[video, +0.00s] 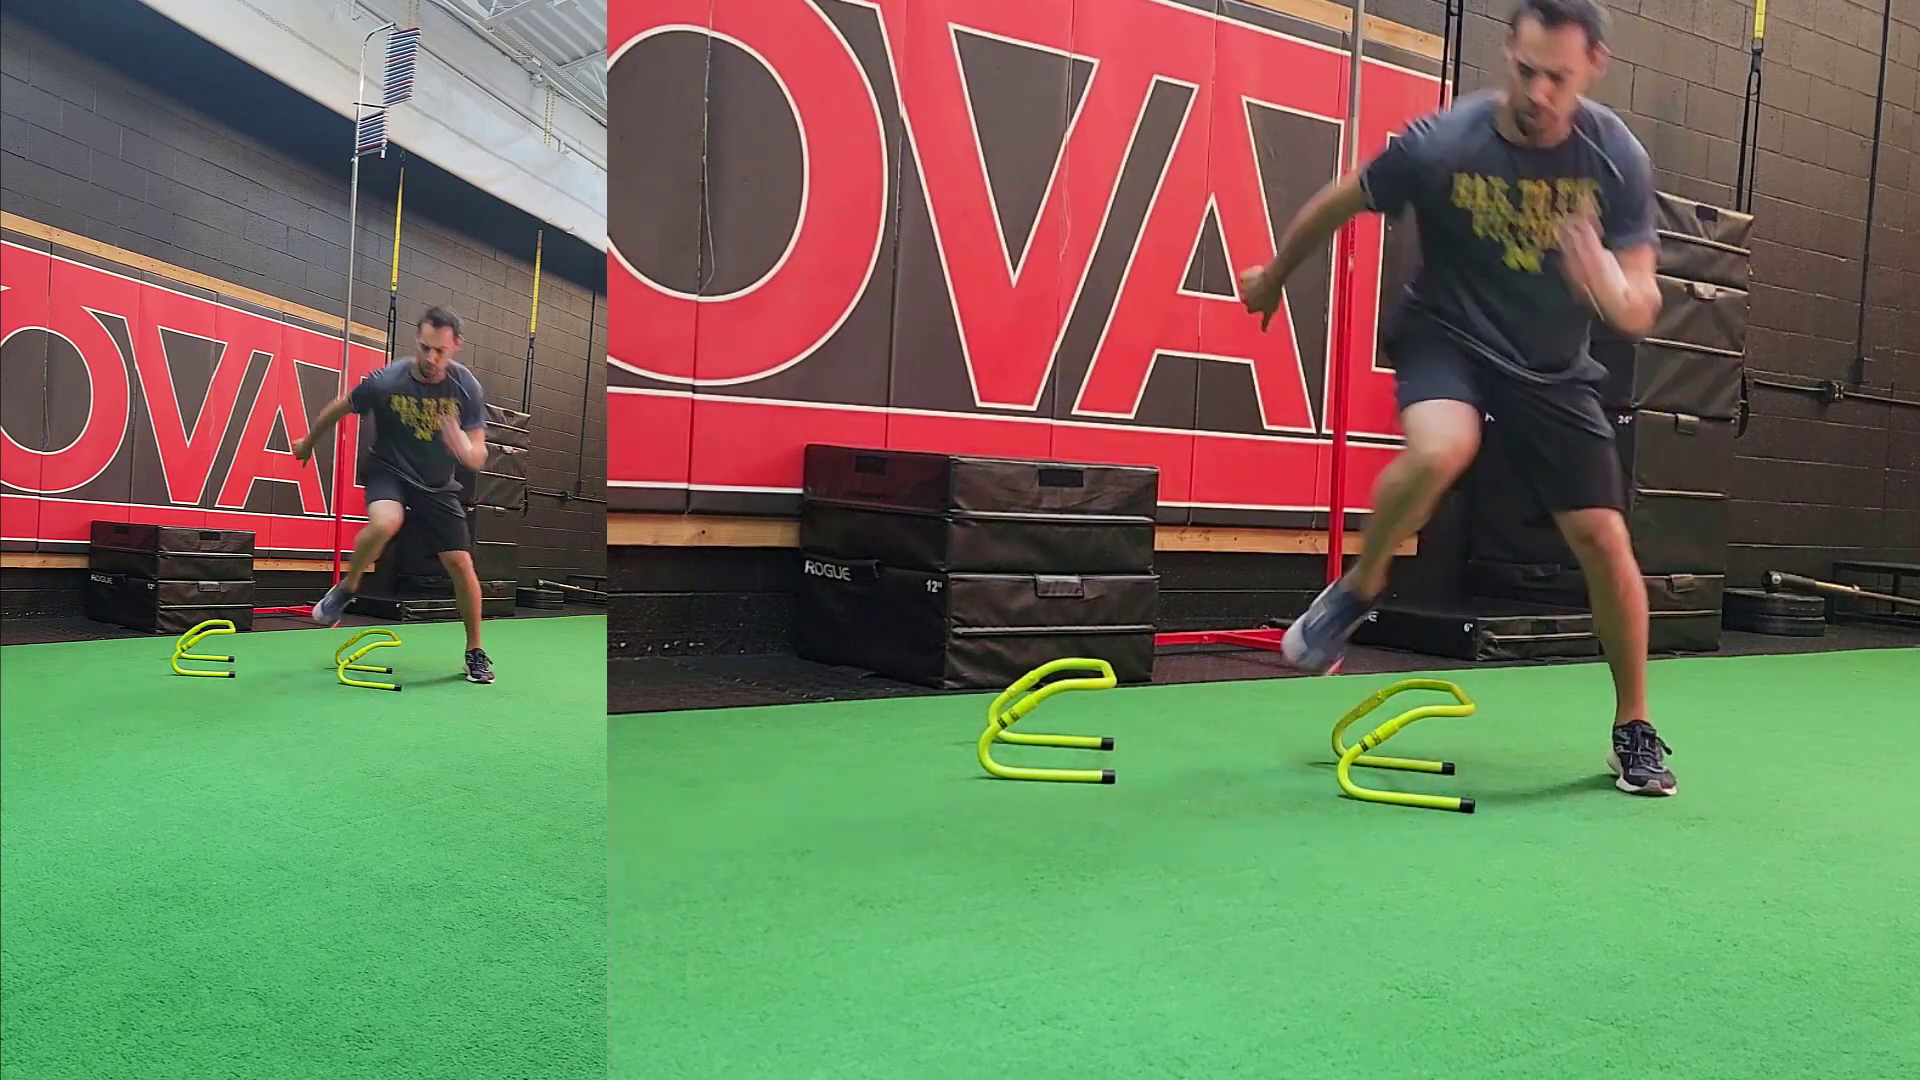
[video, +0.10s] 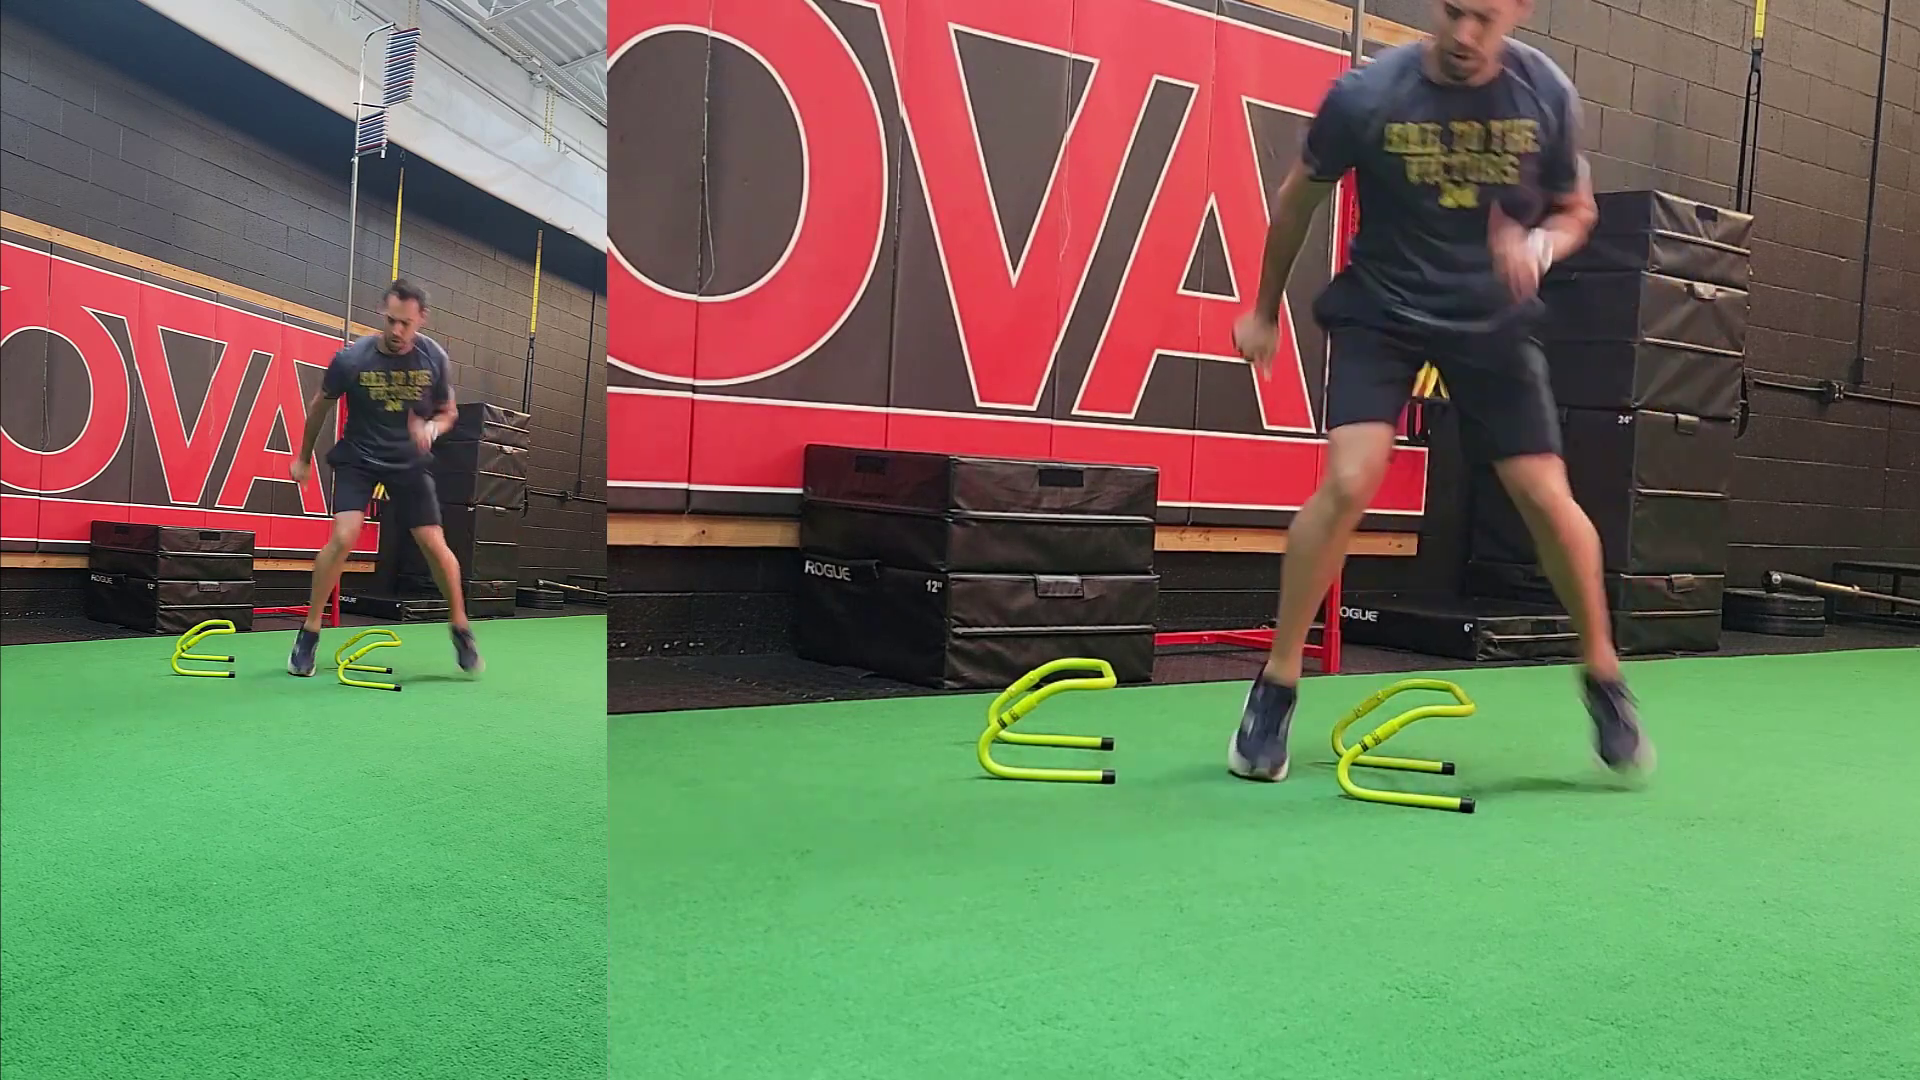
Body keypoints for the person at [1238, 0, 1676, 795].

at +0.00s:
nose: (1536, 94)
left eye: (1556, 77)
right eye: (1525, 71)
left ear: (1594, 67)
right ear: (1507, 53)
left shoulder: (1617, 157)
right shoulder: (1440, 144)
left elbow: (1639, 308)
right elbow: (1335, 204)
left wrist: (1603, 283)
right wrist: (1271, 275)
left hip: (1555, 367)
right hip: (1447, 337)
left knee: (1603, 537)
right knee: (1442, 452)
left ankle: (1635, 726)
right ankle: (1358, 588)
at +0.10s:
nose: (1467, 36)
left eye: (1489, 21)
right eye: (1457, 14)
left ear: (1518, 21)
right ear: (1432, 6)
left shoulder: (1546, 92)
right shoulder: (1362, 98)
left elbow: (1577, 208)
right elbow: (1300, 195)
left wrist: (1541, 243)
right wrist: (1264, 303)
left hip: (1492, 324)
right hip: (1380, 317)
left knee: (1549, 499)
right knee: (1349, 484)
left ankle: (1604, 675)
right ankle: (1277, 683)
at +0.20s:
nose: (1388, 20)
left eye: (1407, 5)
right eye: (1375, 5)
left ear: (1436, 7)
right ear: (1354, 4)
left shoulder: (1477, 81)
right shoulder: (1298, 89)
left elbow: (1514, 183)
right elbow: (1255, 214)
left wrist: (1528, 303)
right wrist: (1274, 315)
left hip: (1433, 307)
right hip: (1324, 312)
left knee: (1458, 444)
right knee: (1301, 505)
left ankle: (1456, 534)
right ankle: (1270, 706)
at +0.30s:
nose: (1326, 11)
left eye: (1341, 3)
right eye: (1313, 4)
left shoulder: (1429, 52)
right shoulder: (1245, 51)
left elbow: (1481, 138)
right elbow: (1196, 180)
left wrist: (1485, 252)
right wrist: (1246, 181)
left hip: (1368, 278)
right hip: (1265, 280)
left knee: (1338, 409)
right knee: (1253, 469)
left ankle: (1355, 599)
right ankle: (1251, 684)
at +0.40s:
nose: (1262, 10)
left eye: (1277, 3)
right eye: (1251, 3)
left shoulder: (1365, 57)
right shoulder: (1187, 44)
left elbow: (1421, 176)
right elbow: (1151, 157)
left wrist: (1433, 292)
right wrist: (1161, 194)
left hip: (1306, 276)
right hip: (1209, 263)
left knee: (1272, 473)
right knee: (1165, 417)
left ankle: (1285, 695)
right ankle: (1218, 536)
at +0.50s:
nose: (1193, 12)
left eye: (1212, 2)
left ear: (1250, 1)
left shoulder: (1301, 87)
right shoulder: (1131, 61)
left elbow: (1359, 223)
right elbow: (1100, 174)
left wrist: (1365, 361)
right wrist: (1083, 231)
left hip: (1247, 314)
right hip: (1142, 287)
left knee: (1246, 511)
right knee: (1059, 384)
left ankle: (1282, 716)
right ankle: (1110, 460)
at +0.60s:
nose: (1128, 4)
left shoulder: (1239, 68)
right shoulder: (1064, 41)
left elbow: (1279, 220)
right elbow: (1033, 148)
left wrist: (1231, 335)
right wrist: (1014, 269)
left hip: (1188, 286)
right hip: (1081, 268)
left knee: (1195, 475)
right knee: (1004, 424)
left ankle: (1255, 671)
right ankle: (937, 603)